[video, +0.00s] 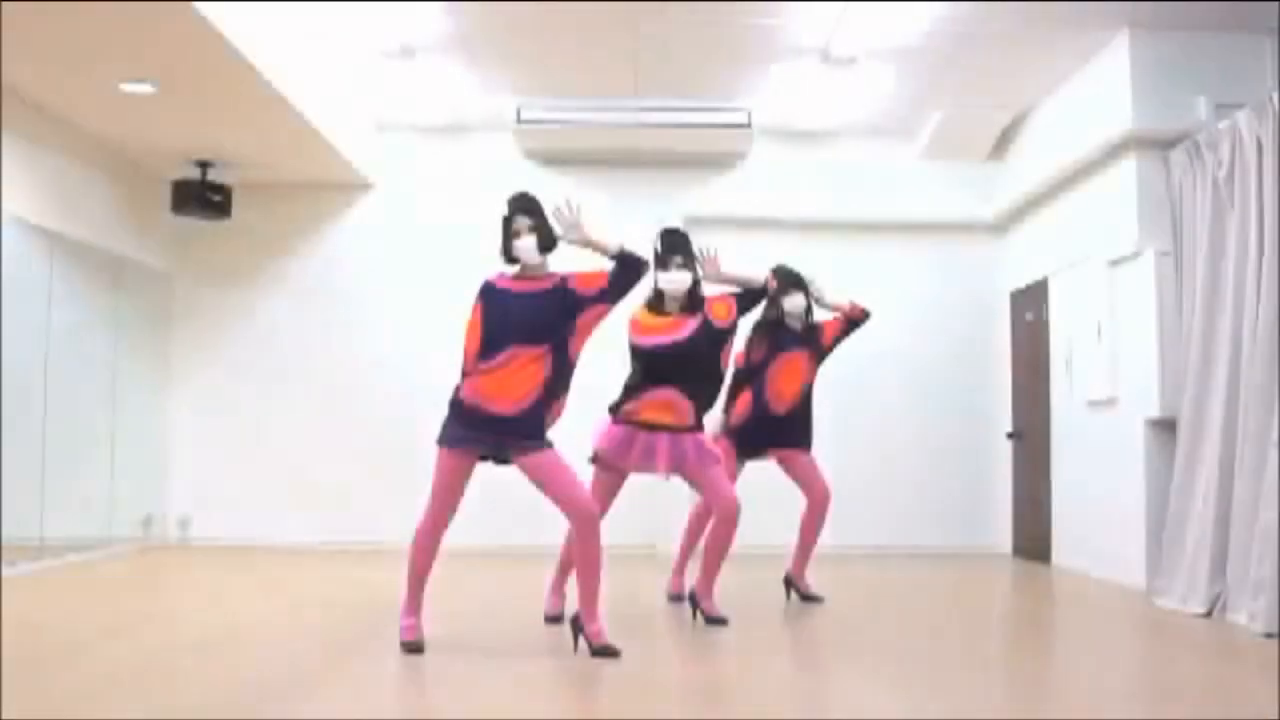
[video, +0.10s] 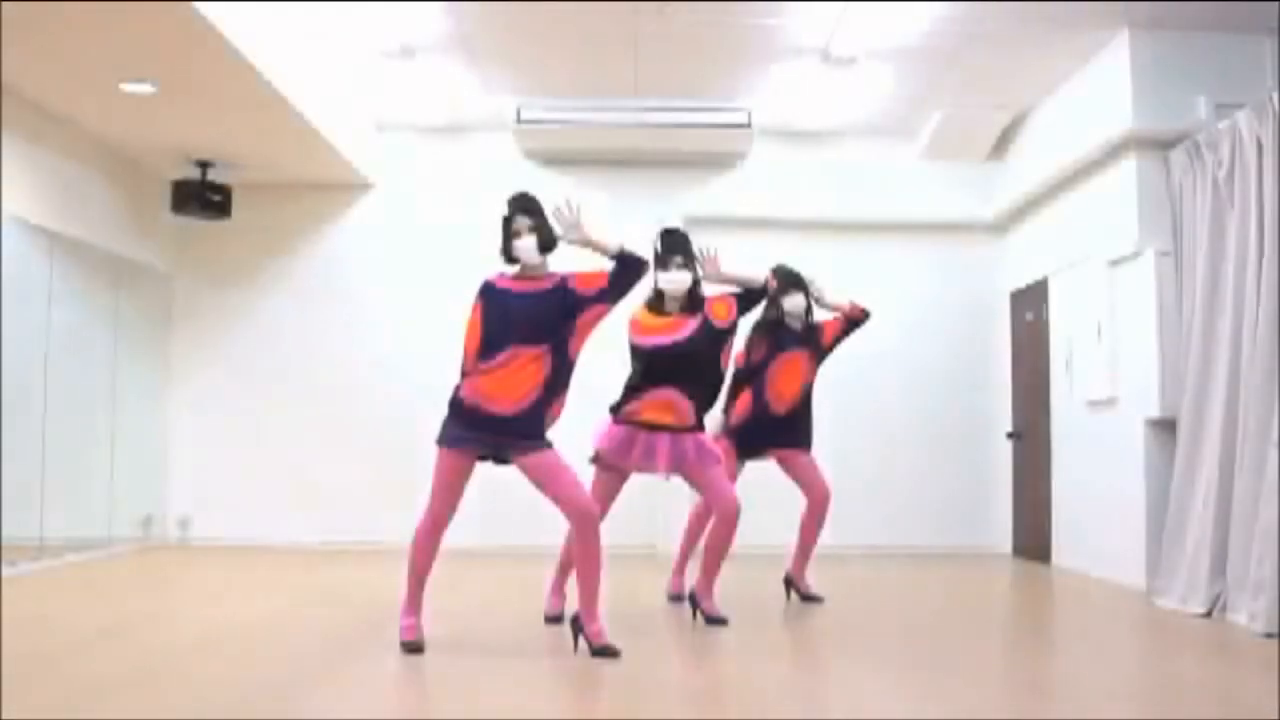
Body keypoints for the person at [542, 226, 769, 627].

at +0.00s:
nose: (673, 281)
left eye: (681, 271)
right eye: (666, 272)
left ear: (694, 278)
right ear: (654, 277)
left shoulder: (718, 313)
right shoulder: (642, 320)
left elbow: (767, 288)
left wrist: (721, 277)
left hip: (684, 434)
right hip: (631, 428)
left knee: (727, 504)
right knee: (591, 512)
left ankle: (703, 590)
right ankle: (557, 587)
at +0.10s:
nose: (673, 278)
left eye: (681, 270)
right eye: (666, 270)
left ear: (694, 276)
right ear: (654, 275)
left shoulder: (718, 312)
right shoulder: (642, 319)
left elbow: (766, 288)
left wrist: (721, 277)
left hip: (685, 434)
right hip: (632, 428)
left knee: (728, 505)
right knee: (592, 512)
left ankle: (704, 590)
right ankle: (557, 588)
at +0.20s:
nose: (674, 277)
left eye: (681, 268)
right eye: (666, 268)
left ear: (694, 274)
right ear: (653, 274)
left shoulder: (718, 312)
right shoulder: (644, 321)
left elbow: (767, 287)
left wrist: (724, 277)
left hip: (686, 434)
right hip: (634, 428)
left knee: (728, 506)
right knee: (593, 513)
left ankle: (704, 589)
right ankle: (557, 588)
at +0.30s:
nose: (674, 276)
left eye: (681, 267)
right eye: (666, 268)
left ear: (694, 274)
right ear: (654, 274)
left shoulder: (718, 312)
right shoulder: (644, 322)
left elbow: (768, 286)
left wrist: (725, 278)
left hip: (687, 434)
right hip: (635, 428)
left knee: (728, 506)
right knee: (594, 515)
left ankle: (704, 590)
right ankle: (557, 589)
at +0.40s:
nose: (674, 276)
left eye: (682, 267)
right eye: (666, 268)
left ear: (694, 275)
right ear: (654, 274)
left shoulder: (718, 313)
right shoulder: (645, 322)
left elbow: (769, 286)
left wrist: (725, 278)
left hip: (689, 435)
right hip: (636, 429)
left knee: (729, 506)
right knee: (594, 515)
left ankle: (704, 590)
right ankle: (558, 590)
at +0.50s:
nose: (675, 281)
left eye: (683, 273)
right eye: (668, 273)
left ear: (695, 280)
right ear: (656, 279)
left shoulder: (717, 314)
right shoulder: (645, 323)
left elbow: (767, 285)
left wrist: (724, 278)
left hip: (690, 432)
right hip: (638, 427)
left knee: (729, 509)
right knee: (595, 515)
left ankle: (703, 590)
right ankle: (558, 589)